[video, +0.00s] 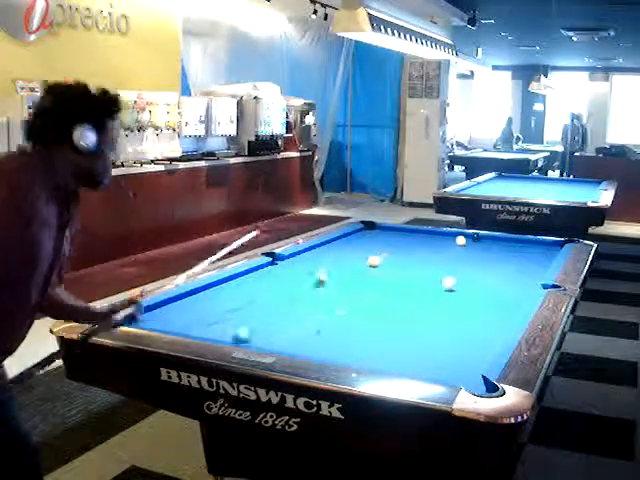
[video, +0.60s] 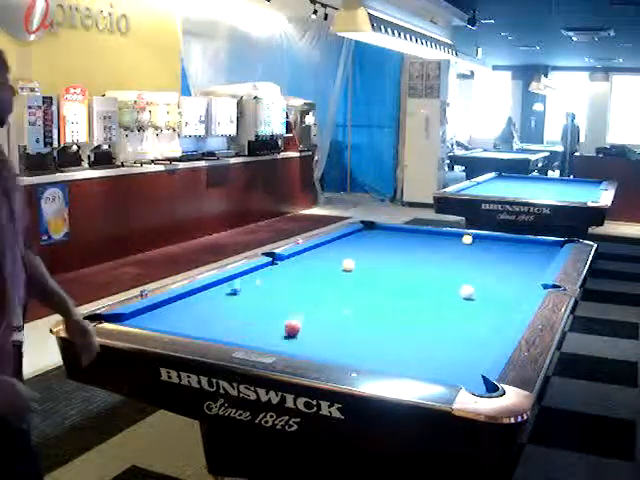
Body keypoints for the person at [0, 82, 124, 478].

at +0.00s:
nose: (116, 154)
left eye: (114, 142)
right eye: (110, 142)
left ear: (80, 140)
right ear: (81, 140)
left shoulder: (61, 193)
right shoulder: (16, 190)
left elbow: (41, 293)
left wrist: (97, 315)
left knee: (21, 455)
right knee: (21, 457)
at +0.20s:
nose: (76, 118)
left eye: (75, 105)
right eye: (70, 104)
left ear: (40, 107)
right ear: (39, 106)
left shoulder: (32, 171)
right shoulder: (9, 173)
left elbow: (21, 263)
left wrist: (50, 310)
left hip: (0, 360)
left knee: (17, 453)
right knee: (19, 454)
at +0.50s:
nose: (25, 87)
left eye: (19, 73)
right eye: (14, 73)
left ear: (11, 82)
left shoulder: (10, 163)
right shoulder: (6, 164)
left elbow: (26, 242)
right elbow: (23, 241)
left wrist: (59, 301)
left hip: (6, 362)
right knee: (22, 466)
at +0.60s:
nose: (9, 89)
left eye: (8, 77)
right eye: (3, 77)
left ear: (11, 87)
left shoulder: (7, 168)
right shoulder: (7, 169)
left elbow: (20, 253)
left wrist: (70, 312)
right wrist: (1, 388)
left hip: (8, 371)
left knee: (25, 468)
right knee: (25, 468)